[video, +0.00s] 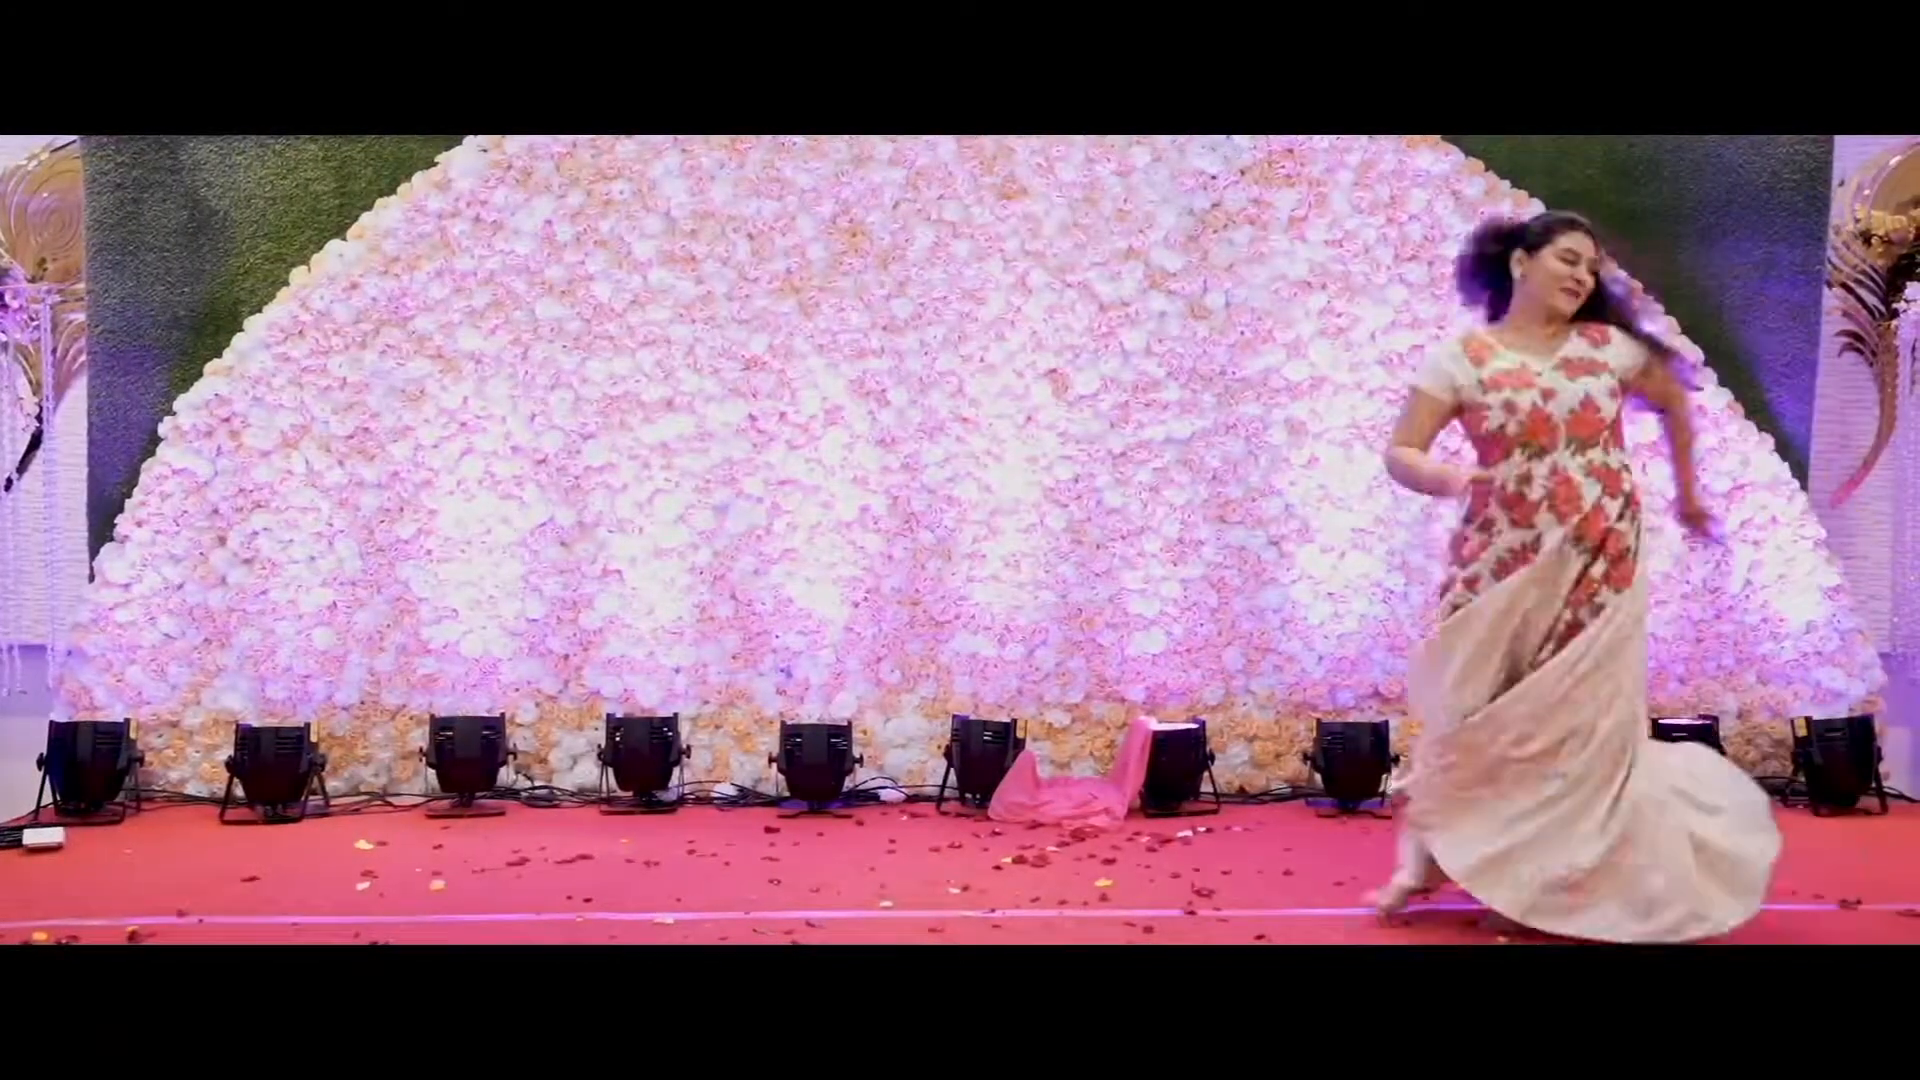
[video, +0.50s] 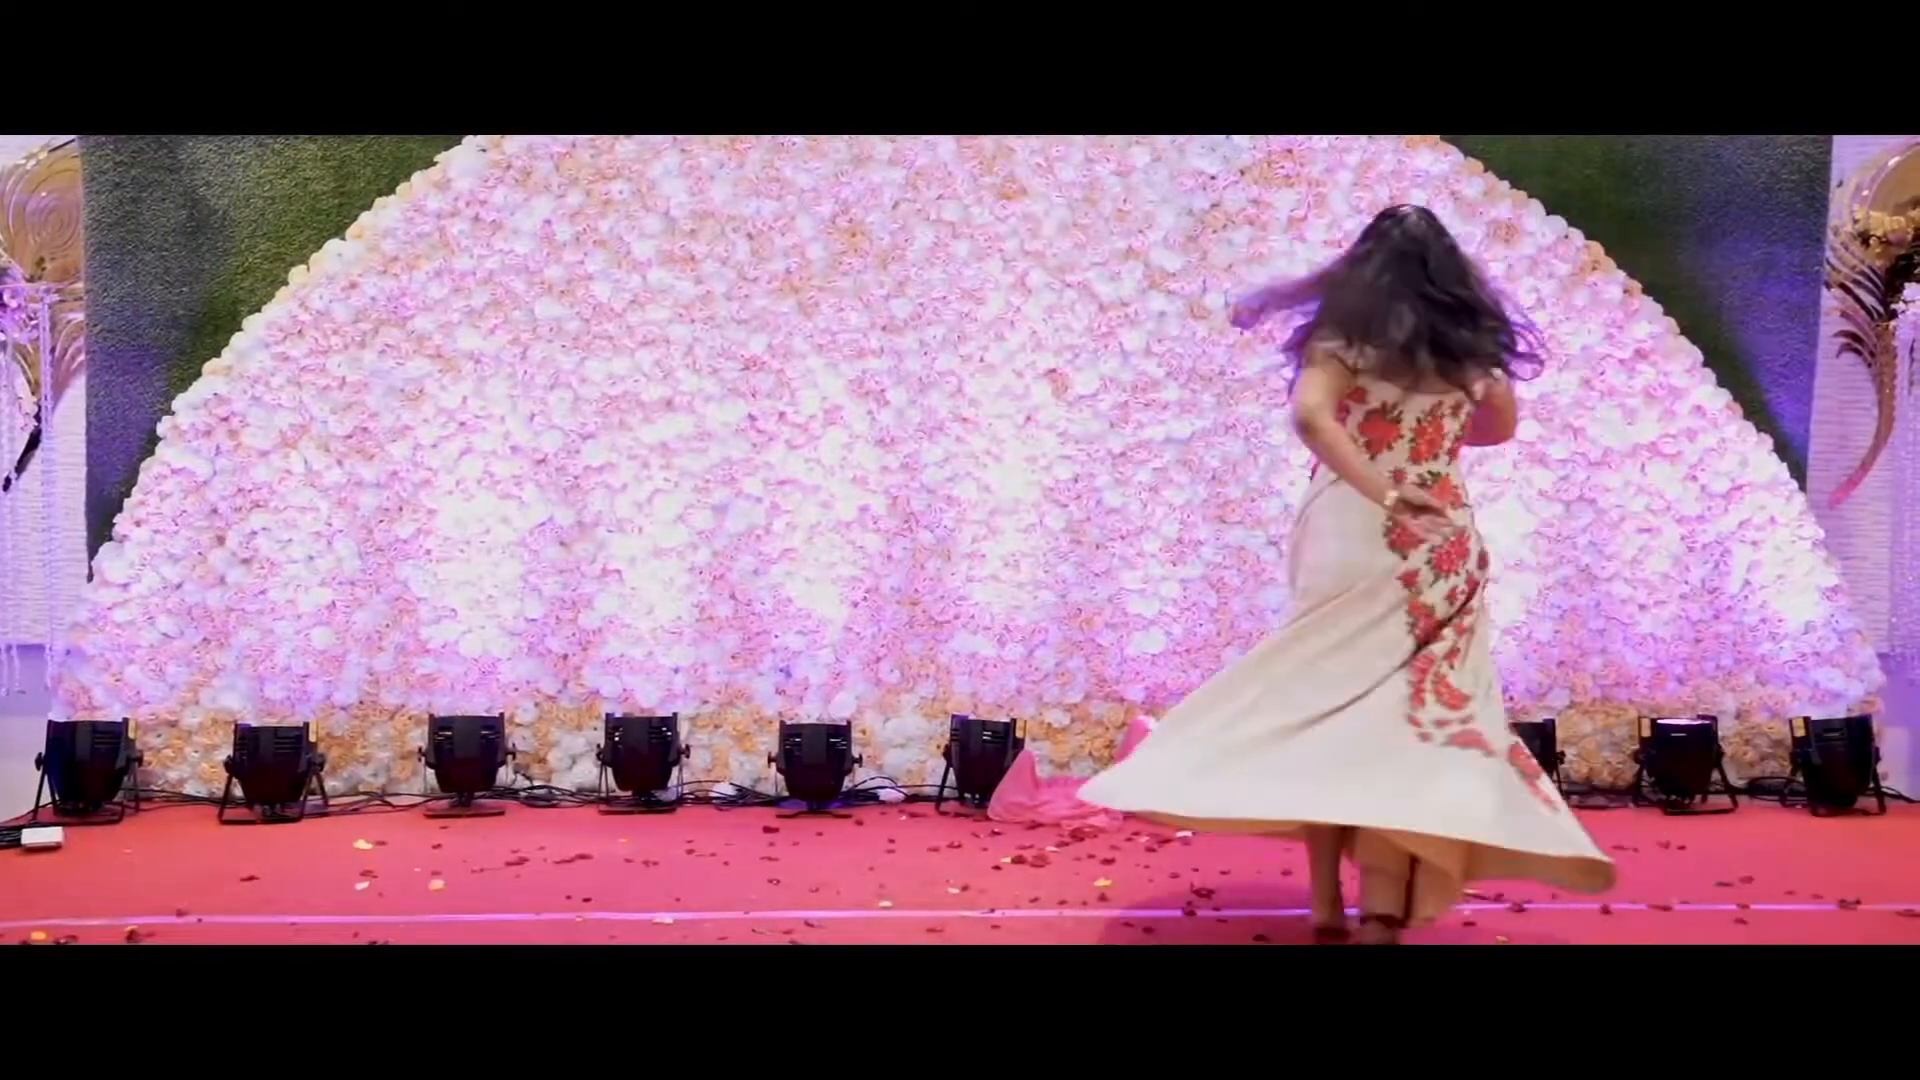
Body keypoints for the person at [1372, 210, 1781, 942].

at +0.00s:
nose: (1583, 275)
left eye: (1591, 269)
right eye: (1567, 258)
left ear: (1593, 285)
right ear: (1521, 261)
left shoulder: (1612, 348)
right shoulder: (1466, 356)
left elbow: (1676, 404)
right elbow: (1402, 455)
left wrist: (1688, 496)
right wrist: (1454, 480)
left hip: (1602, 549)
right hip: (1505, 548)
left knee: (1592, 713)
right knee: (1461, 707)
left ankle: (1568, 881)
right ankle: (1417, 862)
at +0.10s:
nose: (1574, 269)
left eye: (1579, 259)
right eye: (1561, 253)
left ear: (1569, 272)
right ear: (1515, 254)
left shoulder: (1551, 344)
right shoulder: (1480, 334)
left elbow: (1530, 435)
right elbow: (1428, 424)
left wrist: (1572, 472)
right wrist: (1544, 463)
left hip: (1547, 559)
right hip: (1479, 557)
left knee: (1525, 716)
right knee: (1430, 713)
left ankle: (1497, 872)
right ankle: (1354, 865)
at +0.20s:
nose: (1551, 265)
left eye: (1549, 250)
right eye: (1541, 250)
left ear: (1493, 256)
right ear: (1505, 252)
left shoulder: (1442, 332)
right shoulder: (1512, 324)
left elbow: (1367, 391)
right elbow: (1522, 412)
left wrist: (1347, 484)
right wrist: (1622, 453)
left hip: (1431, 530)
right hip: (1483, 540)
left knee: (1470, 707)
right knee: (1418, 714)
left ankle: (1453, 875)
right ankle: (1348, 888)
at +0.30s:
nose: (1517, 267)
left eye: (1513, 254)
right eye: (1513, 256)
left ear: (1426, 261)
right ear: (1496, 268)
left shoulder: (1389, 335)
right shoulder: (1519, 338)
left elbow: (1275, 384)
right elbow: (1599, 420)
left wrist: (1275, 481)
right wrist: (1602, 447)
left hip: (1378, 533)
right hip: (1455, 538)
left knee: (1386, 697)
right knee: (1416, 711)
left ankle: (1375, 868)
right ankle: (1340, 876)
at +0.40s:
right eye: (1474, 255)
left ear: (1386, 264)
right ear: (1472, 269)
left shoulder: (1356, 338)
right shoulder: (1498, 335)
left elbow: (1264, 390)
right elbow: (1577, 426)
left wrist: (1306, 477)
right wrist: (1495, 436)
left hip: (1376, 525)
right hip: (1461, 532)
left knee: (1369, 697)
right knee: (1432, 708)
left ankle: (1342, 876)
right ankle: (1357, 899)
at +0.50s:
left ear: (1359, 271)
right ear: (1448, 277)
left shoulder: (1335, 339)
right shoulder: (1462, 352)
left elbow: (1313, 417)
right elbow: (1500, 422)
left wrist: (1383, 493)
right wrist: (1438, 431)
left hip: (1351, 532)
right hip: (1443, 536)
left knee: (1326, 707)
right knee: (1408, 713)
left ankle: (1325, 898)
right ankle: (1388, 897)